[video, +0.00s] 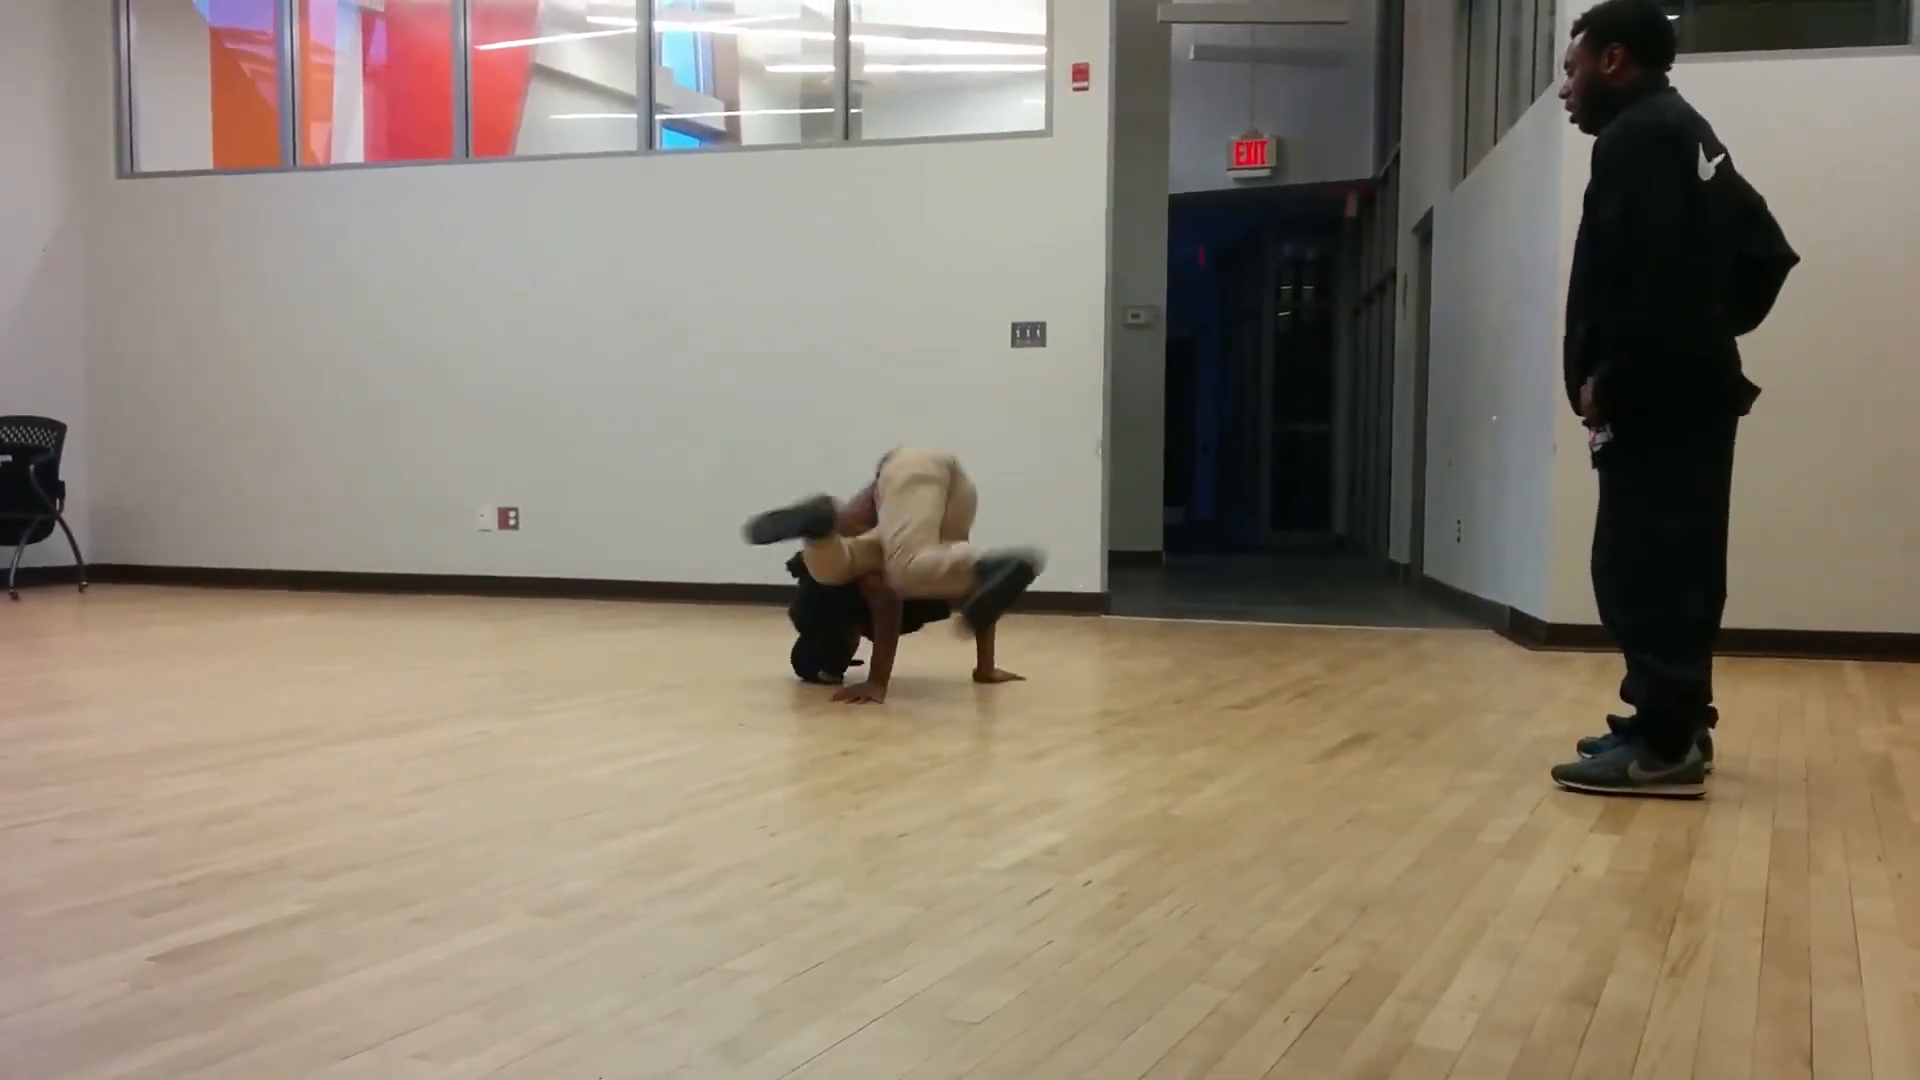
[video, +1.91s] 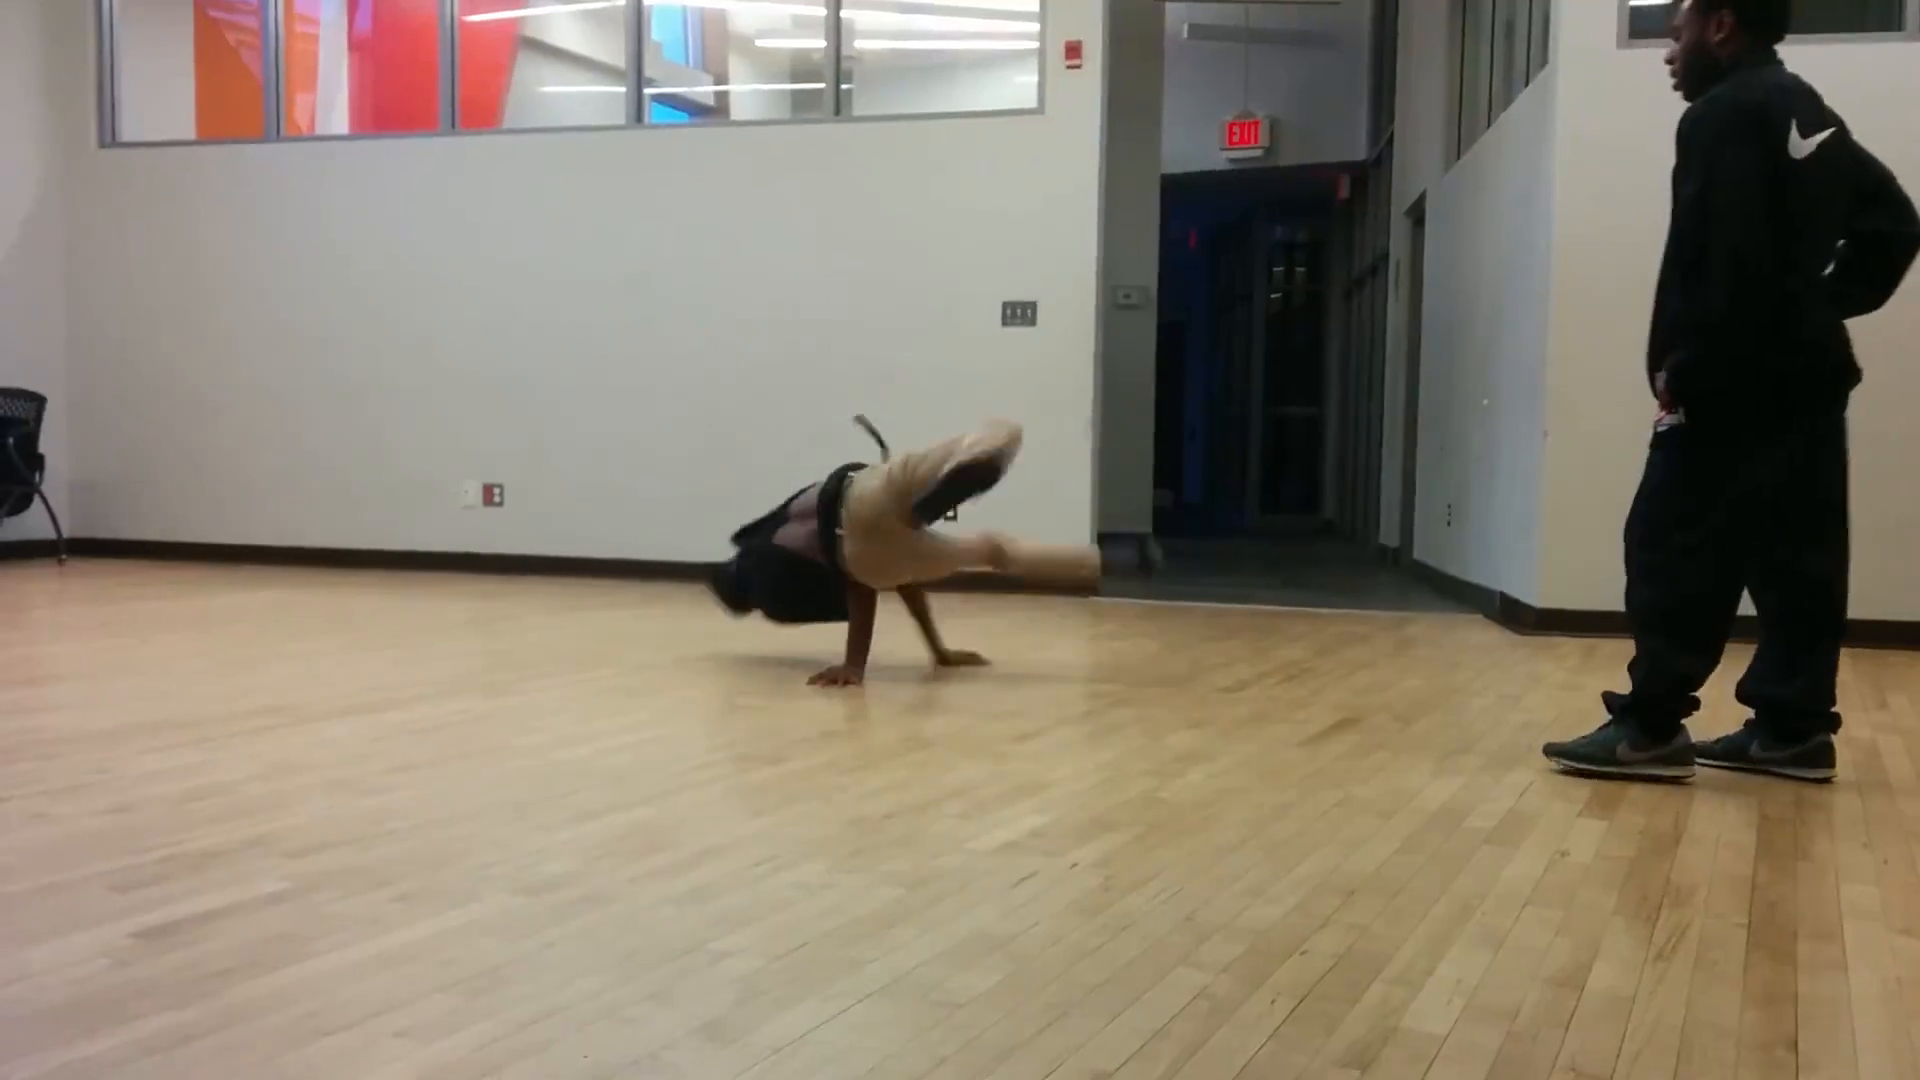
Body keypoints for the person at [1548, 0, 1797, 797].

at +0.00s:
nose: (1563, 84)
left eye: (1573, 67)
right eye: (1565, 68)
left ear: (1615, 61)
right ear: (1630, 64)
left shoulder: (1638, 135)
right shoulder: (1676, 128)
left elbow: (1638, 276)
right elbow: (1764, 252)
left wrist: (1600, 375)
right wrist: (1701, 339)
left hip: (1657, 403)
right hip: (1691, 399)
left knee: (1642, 563)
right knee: (1671, 558)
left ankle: (1665, 744)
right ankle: (1672, 727)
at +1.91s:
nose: (1668, 46)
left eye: (1678, 25)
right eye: (1670, 28)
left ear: (1724, 27)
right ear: (1740, 33)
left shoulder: (1719, 115)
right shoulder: (1803, 107)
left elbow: (1702, 251)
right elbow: (1892, 224)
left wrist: (1674, 363)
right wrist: (1825, 309)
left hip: (1727, 383)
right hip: (1808, 383)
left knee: (1666, 542)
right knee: (1799, 552)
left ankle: (1649, 723)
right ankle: (1793, 730)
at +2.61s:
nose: (1708, 70)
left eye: (1715, 47)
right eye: (1708, 52)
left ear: (1766, 36)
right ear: (1770, 39)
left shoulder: (1806, 102)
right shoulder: (1828, 101)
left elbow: (1820, 239)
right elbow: (1898, 232)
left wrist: (1773, 342)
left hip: (1796, 386)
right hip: (1850, 385)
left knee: (1728, 532)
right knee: (1825, 546)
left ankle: (1743, 720)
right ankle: (1810, 727)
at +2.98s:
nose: (1666, 80)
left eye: (1675, 59)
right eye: (1665, 63)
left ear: (1727, 47)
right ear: (1727, 51)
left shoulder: (1774, 116)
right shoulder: (1759, 118)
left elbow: (1815, 270)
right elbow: (1816, 268)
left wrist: (1738, 374)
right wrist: (1715, 369)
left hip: (1774, 405)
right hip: (1751, 405)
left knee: (1754, 566)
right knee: (1730, 562)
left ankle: (1748, 752)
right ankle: (1723, 736)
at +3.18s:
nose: (1592, 83)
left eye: (1601, 62)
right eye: (1591, 65)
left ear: (1655, 51)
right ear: (1654, 55)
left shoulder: (1696, 125)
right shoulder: (1678, 125)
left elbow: (1709, 278)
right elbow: (1686, 276)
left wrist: (1658, 389)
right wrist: (1633, 382)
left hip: (1691, 414)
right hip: (1666, 412)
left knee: (1681, 583)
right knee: (1657, 579)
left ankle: (1682, 773)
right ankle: (1649, 743)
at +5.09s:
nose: (1538, 181)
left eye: (1546, 161)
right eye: (1536, 163)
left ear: (1596, 148)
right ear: (1599, 150)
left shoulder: (1648, 227)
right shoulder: (1626, 226)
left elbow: (1666, 378)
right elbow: (1631, 374)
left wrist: (1598, 479)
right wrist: (1572, 469)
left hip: (1644, 499)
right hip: (1619, 498)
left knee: (1631, 666)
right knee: (1611, 662)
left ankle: (1653, 857)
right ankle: (1619, 827)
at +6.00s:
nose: (1555, 142)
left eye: (1564, 121)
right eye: (1554, 125)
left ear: (1614, 109)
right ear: (1618, 113)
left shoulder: (1659, 188)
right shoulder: (1642, 189)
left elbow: (1674, 347)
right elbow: (1629, 342)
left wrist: (1613, 448)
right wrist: (1585, 439)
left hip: (1663, 475)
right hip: (1638, 474)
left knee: (1653, 649)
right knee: (1629, 645)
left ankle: (1660, 838)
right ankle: (1623, 805)